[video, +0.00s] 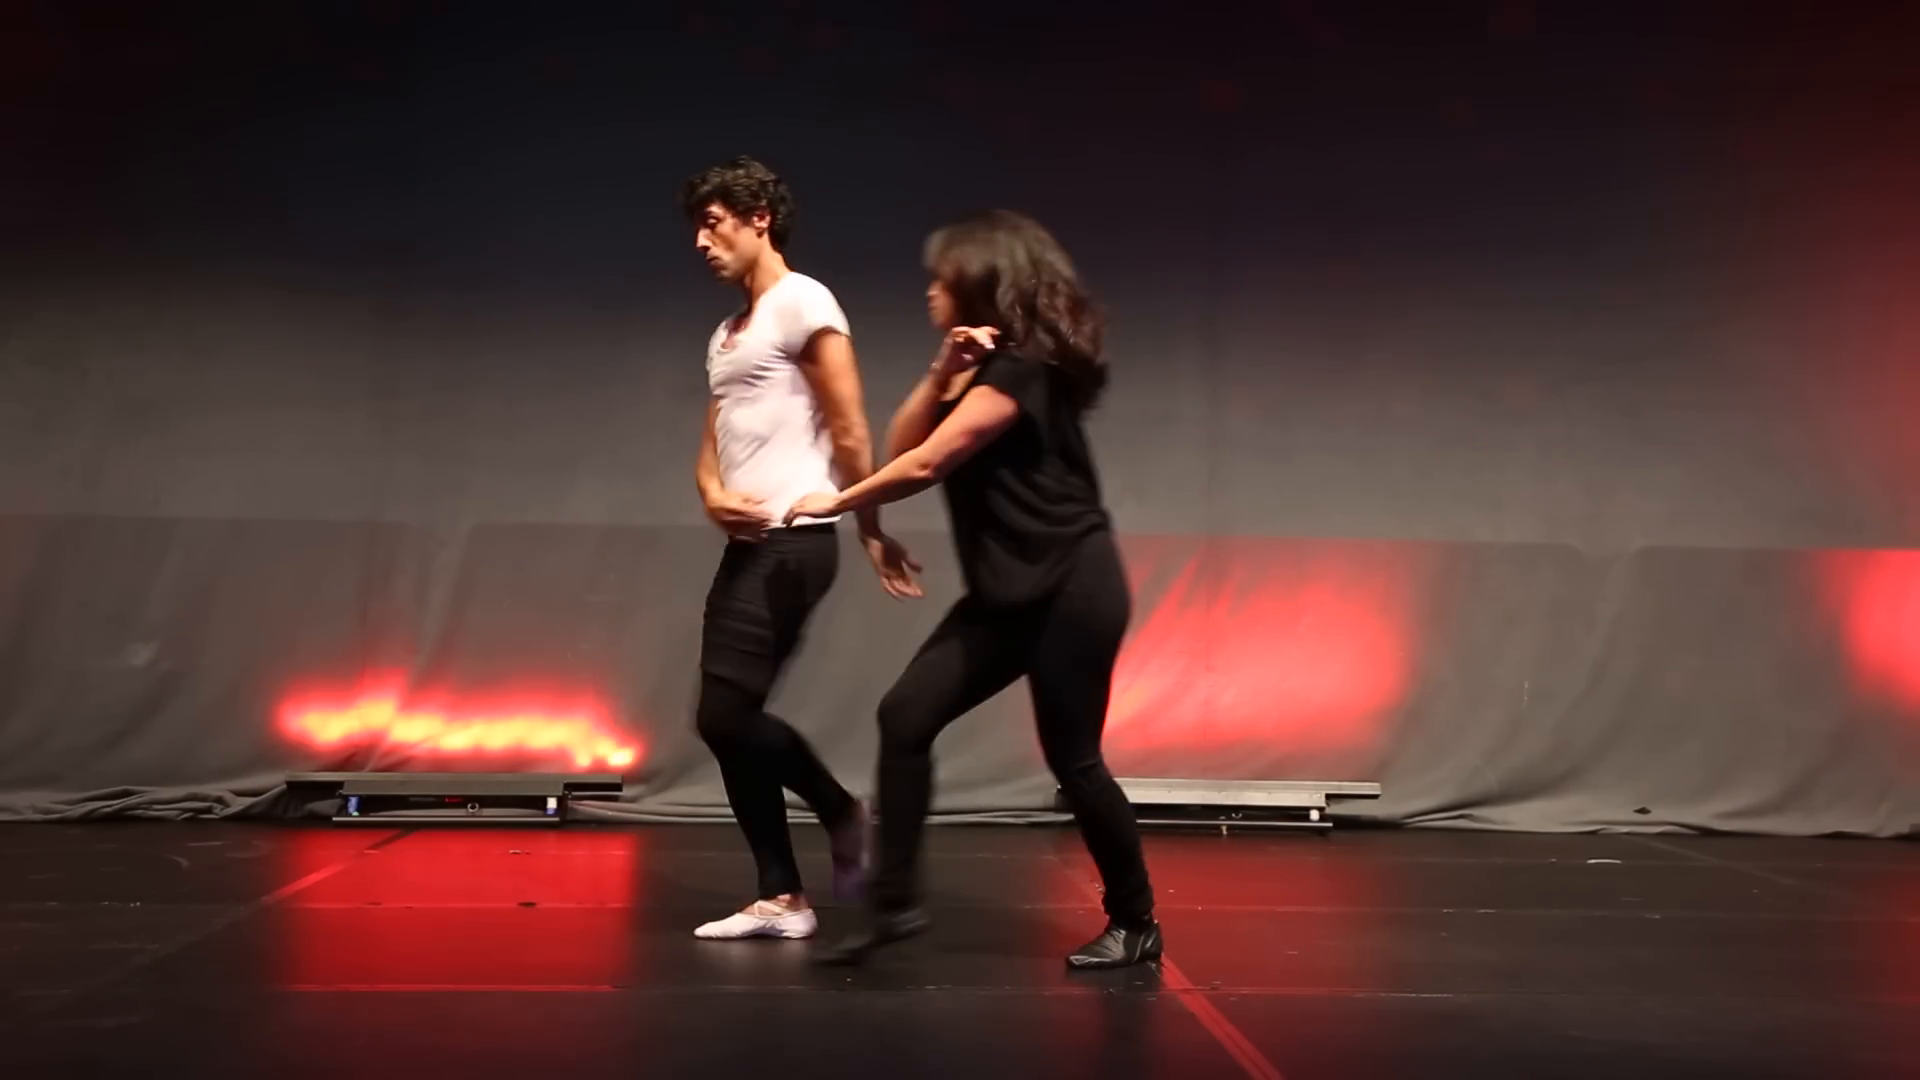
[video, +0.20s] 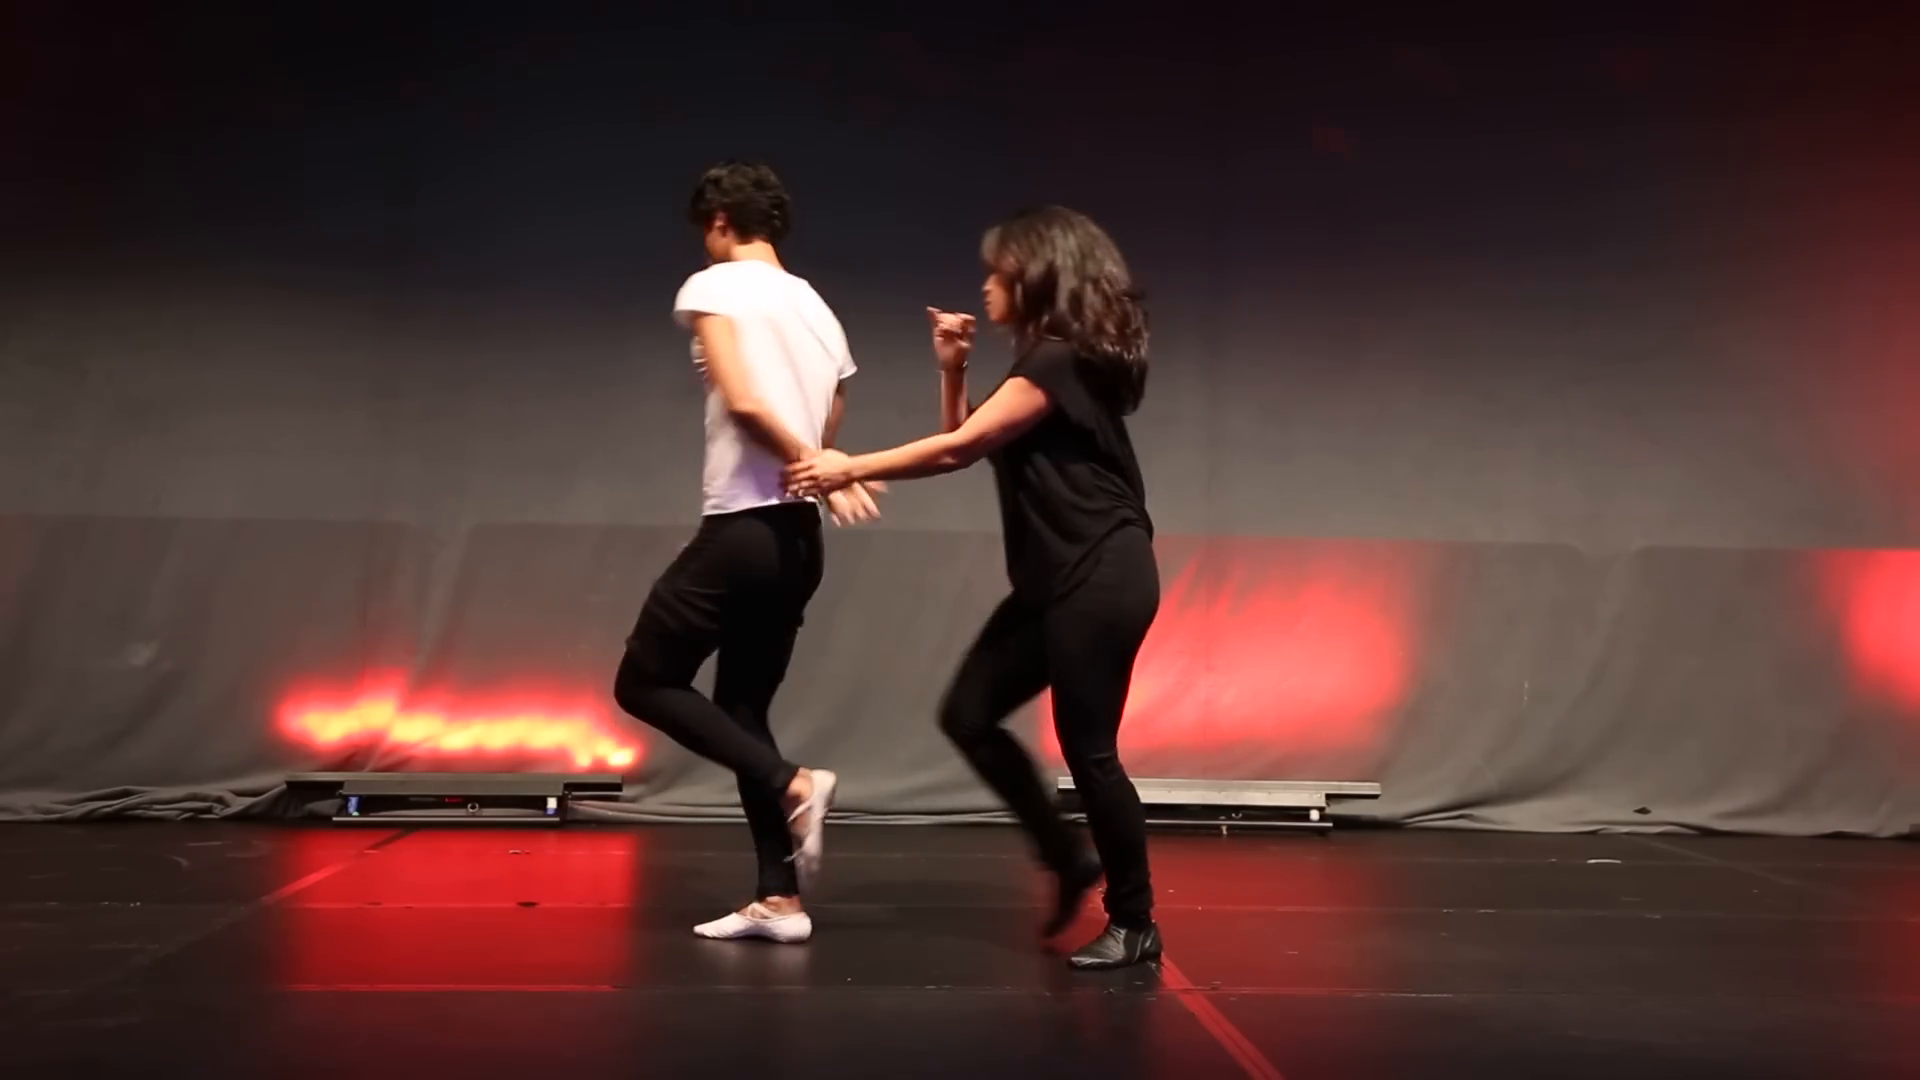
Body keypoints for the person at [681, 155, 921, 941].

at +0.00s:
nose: (703, 242)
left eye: (715, 225)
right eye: (699, 229)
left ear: (760, 222)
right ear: (723, 235)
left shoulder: (805, 302)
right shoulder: (729, 333)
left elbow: (849, 429)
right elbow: (713, 440)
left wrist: (875, 532)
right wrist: (711, 494)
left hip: (794, 538)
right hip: (748, 541)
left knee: (730, 714)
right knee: (724, 718)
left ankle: (847, 820)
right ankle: (782, 897)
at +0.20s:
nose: (704, 242)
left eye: (704, 231)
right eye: (705, 231)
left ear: (720, 228)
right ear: (777, 230)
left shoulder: (714, 286)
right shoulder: (823, 317)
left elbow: (741, 398)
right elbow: (819, 441)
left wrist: (817, 465)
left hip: (739, 534)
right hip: (796, 541)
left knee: (644, 683)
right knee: (742, 711)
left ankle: (788, 785)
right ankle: (779, 899)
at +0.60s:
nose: (789, 241)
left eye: (787, 228)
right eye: (790, 229)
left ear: (712, 216)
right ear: (776, 226)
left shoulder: (651, 279)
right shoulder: (805, 320)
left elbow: (613, 392)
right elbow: (838, 458)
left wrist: (715, 442)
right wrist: (887, 530)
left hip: (699, 526)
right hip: (781, 534)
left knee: (670, 723)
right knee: (772, 717)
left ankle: (737, 910)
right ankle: (781, 904)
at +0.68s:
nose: (781, 240)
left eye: (781, 229)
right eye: (783, 229)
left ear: (701, 212)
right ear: (770, 225)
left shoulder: (644, 273)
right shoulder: (795, 321)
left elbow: (618, 382)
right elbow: (803, 460)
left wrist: (717, 449)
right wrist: (823, 545)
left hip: (698, 532)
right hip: (773, 535)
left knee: (649, 727)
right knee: (751, 713)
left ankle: (728, 924)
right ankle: (779, 900)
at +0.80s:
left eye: (684, 196)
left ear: (683, 200)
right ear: (756, 221)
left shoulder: (665, 260)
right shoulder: (765, 310)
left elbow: (696, 357)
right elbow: (743, 453)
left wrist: (741, 453)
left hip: (703, 530)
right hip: (741, 533)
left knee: (650, 722)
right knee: (643, 710)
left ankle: (734, 932)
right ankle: (742, 858)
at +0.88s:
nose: (658, 203)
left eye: (663, 190)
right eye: (663, 191)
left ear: (678, 194)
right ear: (732, 204)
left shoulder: (704, 249)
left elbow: (782, 351)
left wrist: (758, 468)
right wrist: (588, 538)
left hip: (709, 531)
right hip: (674, 532)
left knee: (658, 729)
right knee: (577, 712)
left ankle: (739, 934)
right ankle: (687, 878)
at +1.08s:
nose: (720, 167)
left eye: (728, 156)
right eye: (704, 150)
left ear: (734, 176)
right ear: (654, 163)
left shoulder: (762, 268)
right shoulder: (589, 280)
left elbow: (842, 365)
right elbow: (561, 415)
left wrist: (812, 420)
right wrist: (565, 529)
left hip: (721, 528)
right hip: (621, 523)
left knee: (697, 737)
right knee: (617, 726)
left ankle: (667, 929)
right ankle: (568, 953)